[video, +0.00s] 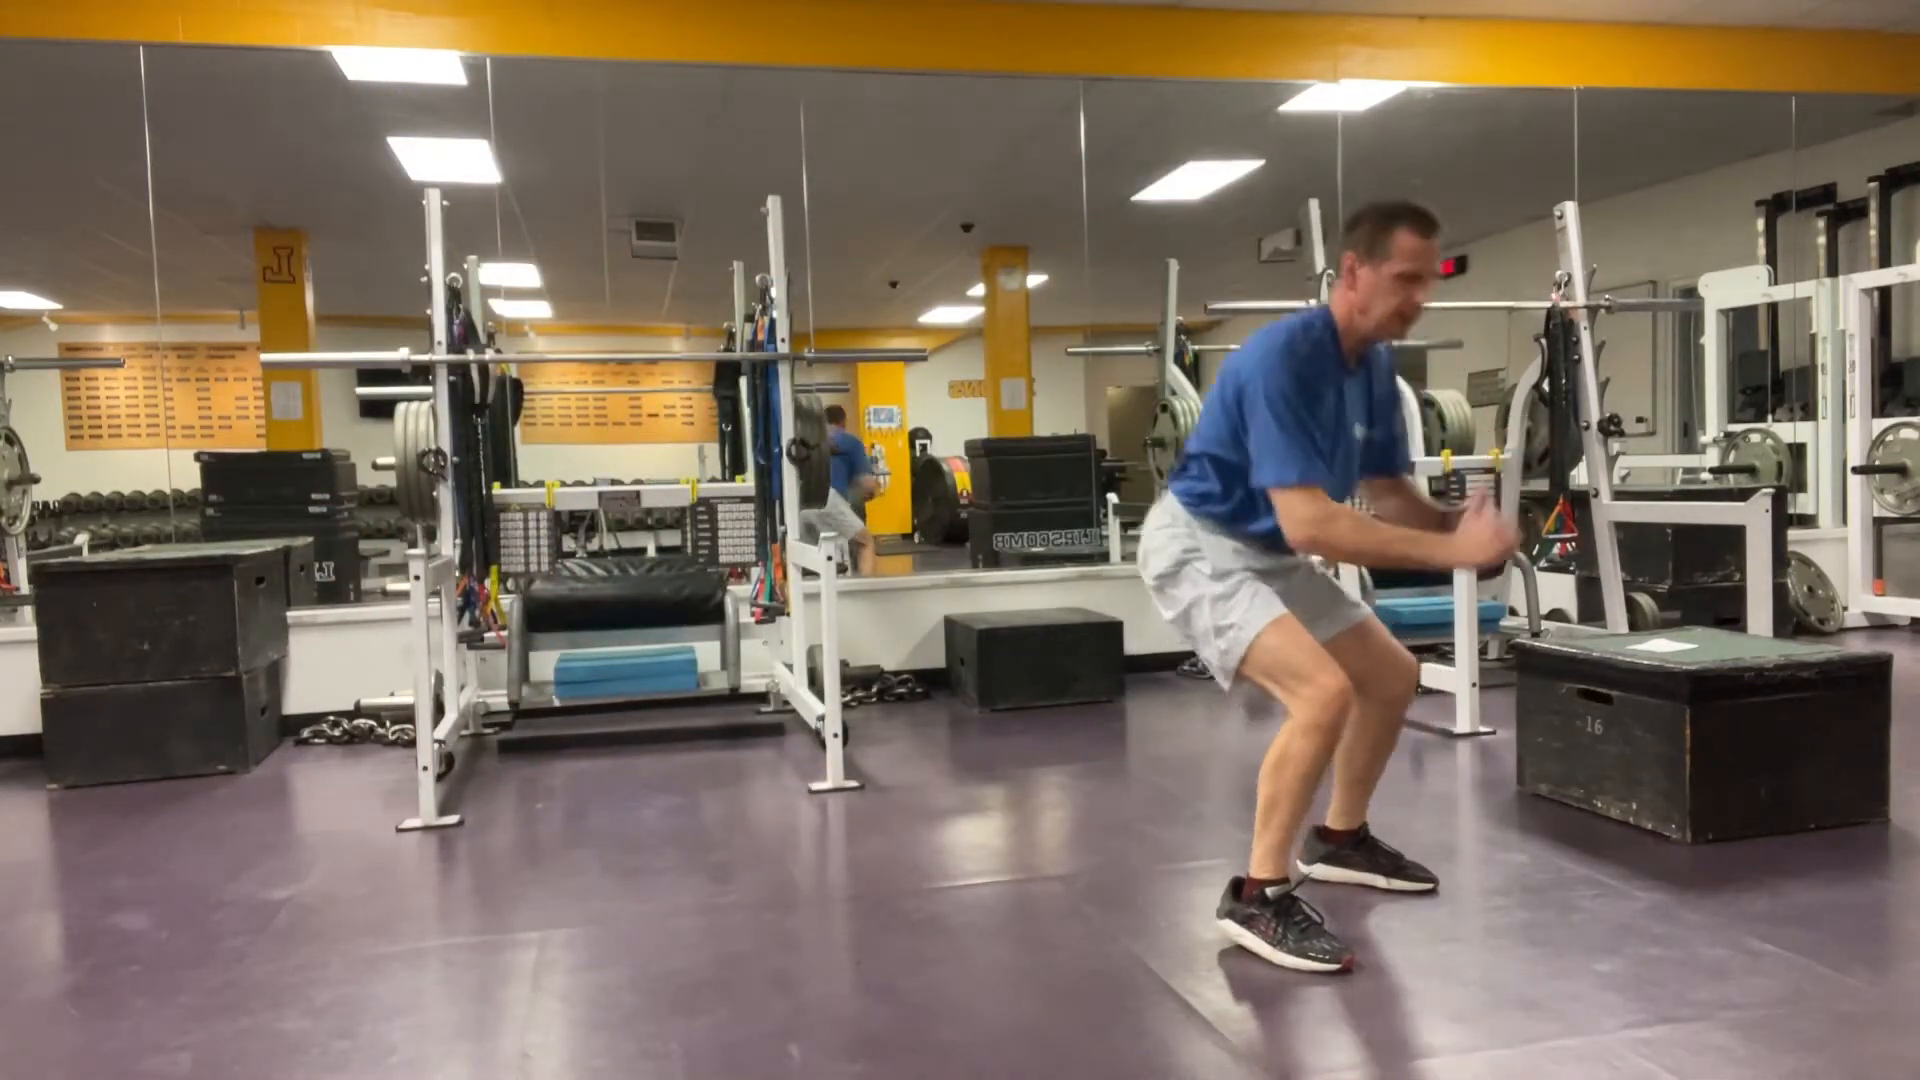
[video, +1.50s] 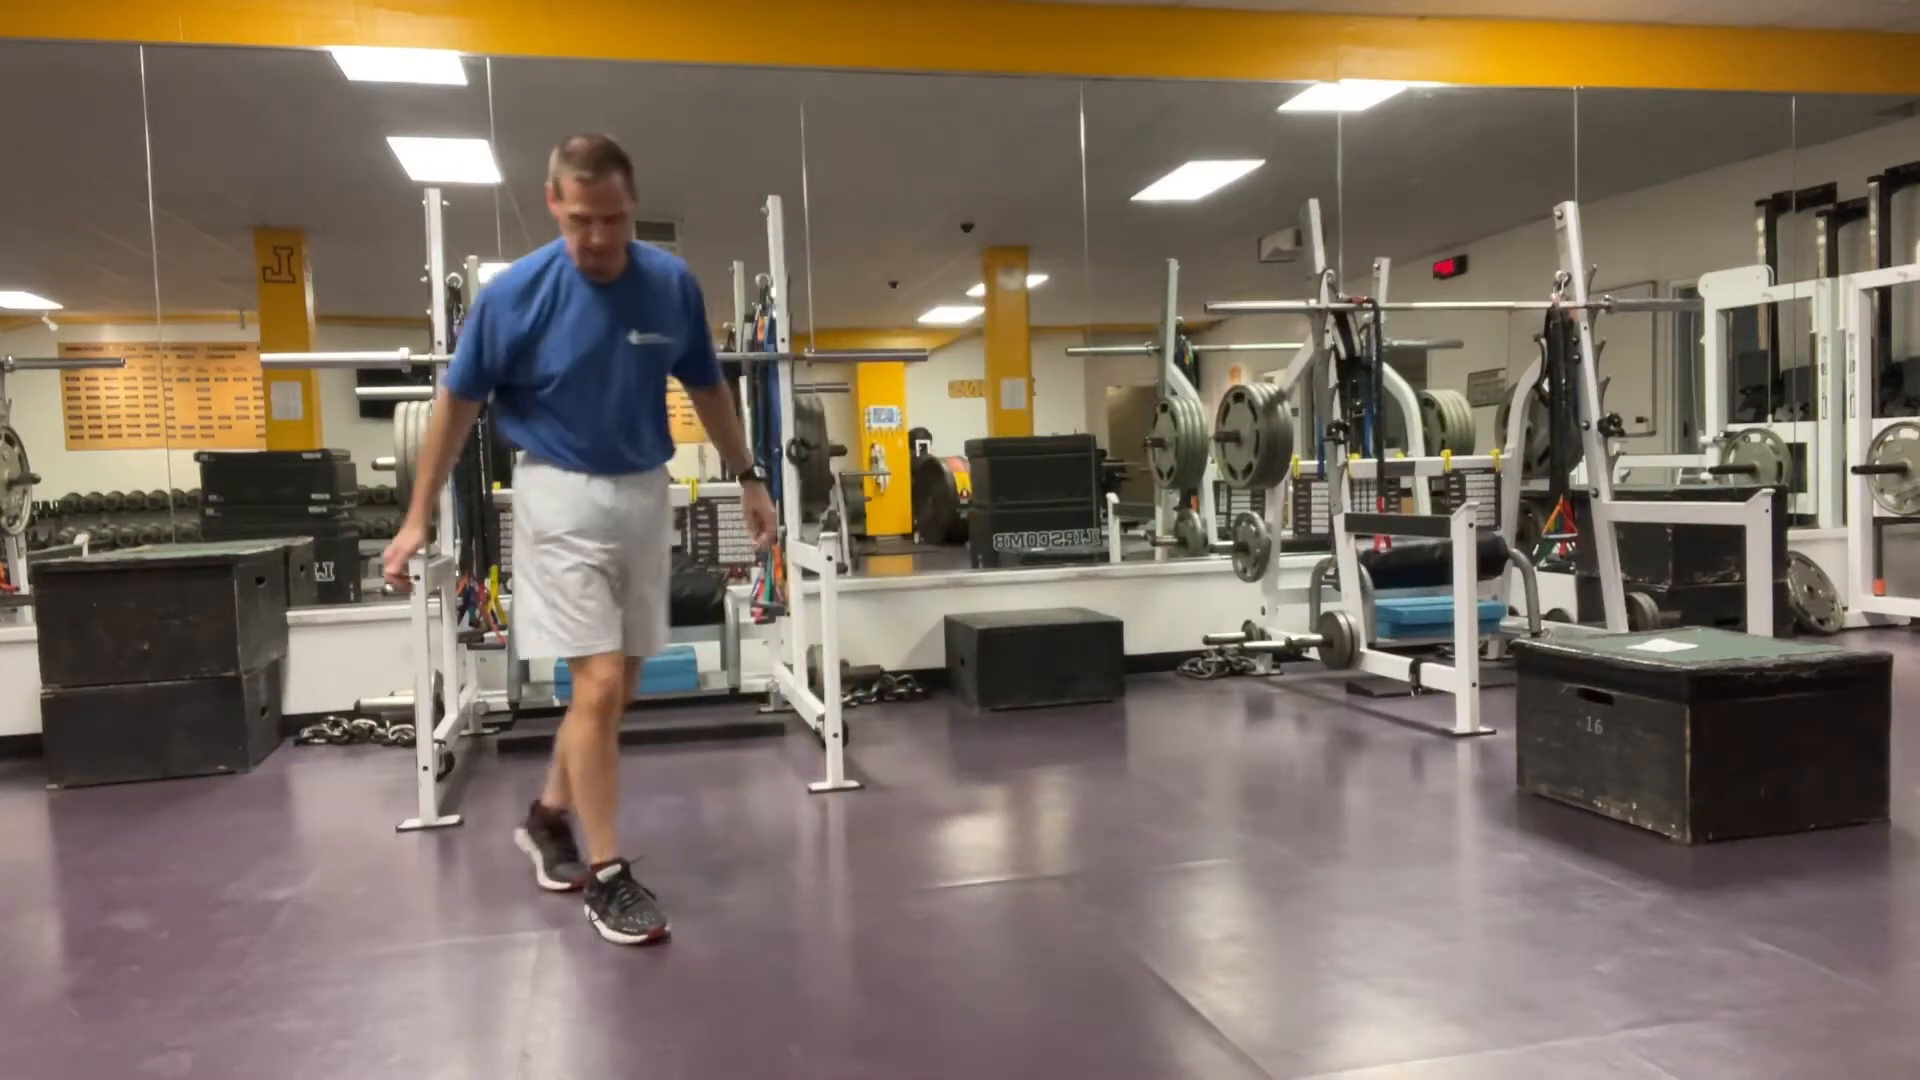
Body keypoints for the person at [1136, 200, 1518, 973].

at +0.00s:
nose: (1421, 300)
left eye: (1428, 282)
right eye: (1407, 280)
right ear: (1353, 275)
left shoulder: (1375, 369)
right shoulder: (1280, 359)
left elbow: (1384, 492)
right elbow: (1307, 526)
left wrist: (1458, 533)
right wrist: (1448, 550)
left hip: (1275, 549)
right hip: (1196, 546)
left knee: (1389, 677)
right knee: (1322, 694)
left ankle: (1341, 838)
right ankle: (1258, 892)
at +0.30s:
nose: (1280, 201)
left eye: (1286, 184)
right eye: (1262, 184)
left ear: (1284, 190)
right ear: (1207, 186)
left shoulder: (1244, 289)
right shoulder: (1154, 289)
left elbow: (1202, 408)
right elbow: (1079, 441)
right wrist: (1115, 575)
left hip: (1204, 503)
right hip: (1134, 511)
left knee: (1274, 666)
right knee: (1239, 681)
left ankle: (1149, 797)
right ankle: (1251, 897)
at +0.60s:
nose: (1061, 189)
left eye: (1069, 173)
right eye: (1042, 174)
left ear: (1078, 182)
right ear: (996, 182)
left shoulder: (1075, 290)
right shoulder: (953, 289)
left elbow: (1103, 410)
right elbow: (896, 421)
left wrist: (1155, 494)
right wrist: (912, 540)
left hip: (1061, 499)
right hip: (995, 500)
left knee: (1055, 699)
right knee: (1104, 687)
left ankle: (967, 846)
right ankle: (1195, 876)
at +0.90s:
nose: (869, 178)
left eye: (879, 160)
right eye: (850, 164)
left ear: (895, 167)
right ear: (817, 175)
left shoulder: (918, 267)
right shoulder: (791, 280)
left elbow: (948, 377)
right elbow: (784, 419)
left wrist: (1011, 446)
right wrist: (879, 477)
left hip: (925, 500)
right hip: (843, 513)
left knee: (961, 667)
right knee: (853, 694)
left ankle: (961, 849)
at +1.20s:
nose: (714, 212)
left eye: (728, 192)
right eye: (697, 193)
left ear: (748, 185)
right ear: (666, 182)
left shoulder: (767, 269)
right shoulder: (621, 277)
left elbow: (770, 381)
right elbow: (595, 416)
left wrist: (774, 474)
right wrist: (646, 523)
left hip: (752, 491)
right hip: (659, 498)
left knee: (817, 660)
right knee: (667, 693)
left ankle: (852, 825)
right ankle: (614, 870)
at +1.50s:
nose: (599, 239)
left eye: (613, 219)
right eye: (583, 222)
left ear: (634, 204)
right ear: (553, 205)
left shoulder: (669, 284)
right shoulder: (512, 297)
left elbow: (706, 383)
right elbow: (456, 404)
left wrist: (749, 482)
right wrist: (417, 519)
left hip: (644, 498)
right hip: (559, 500)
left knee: (613, 682)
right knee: (601, 683)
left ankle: (550, 813)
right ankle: (607, 872)